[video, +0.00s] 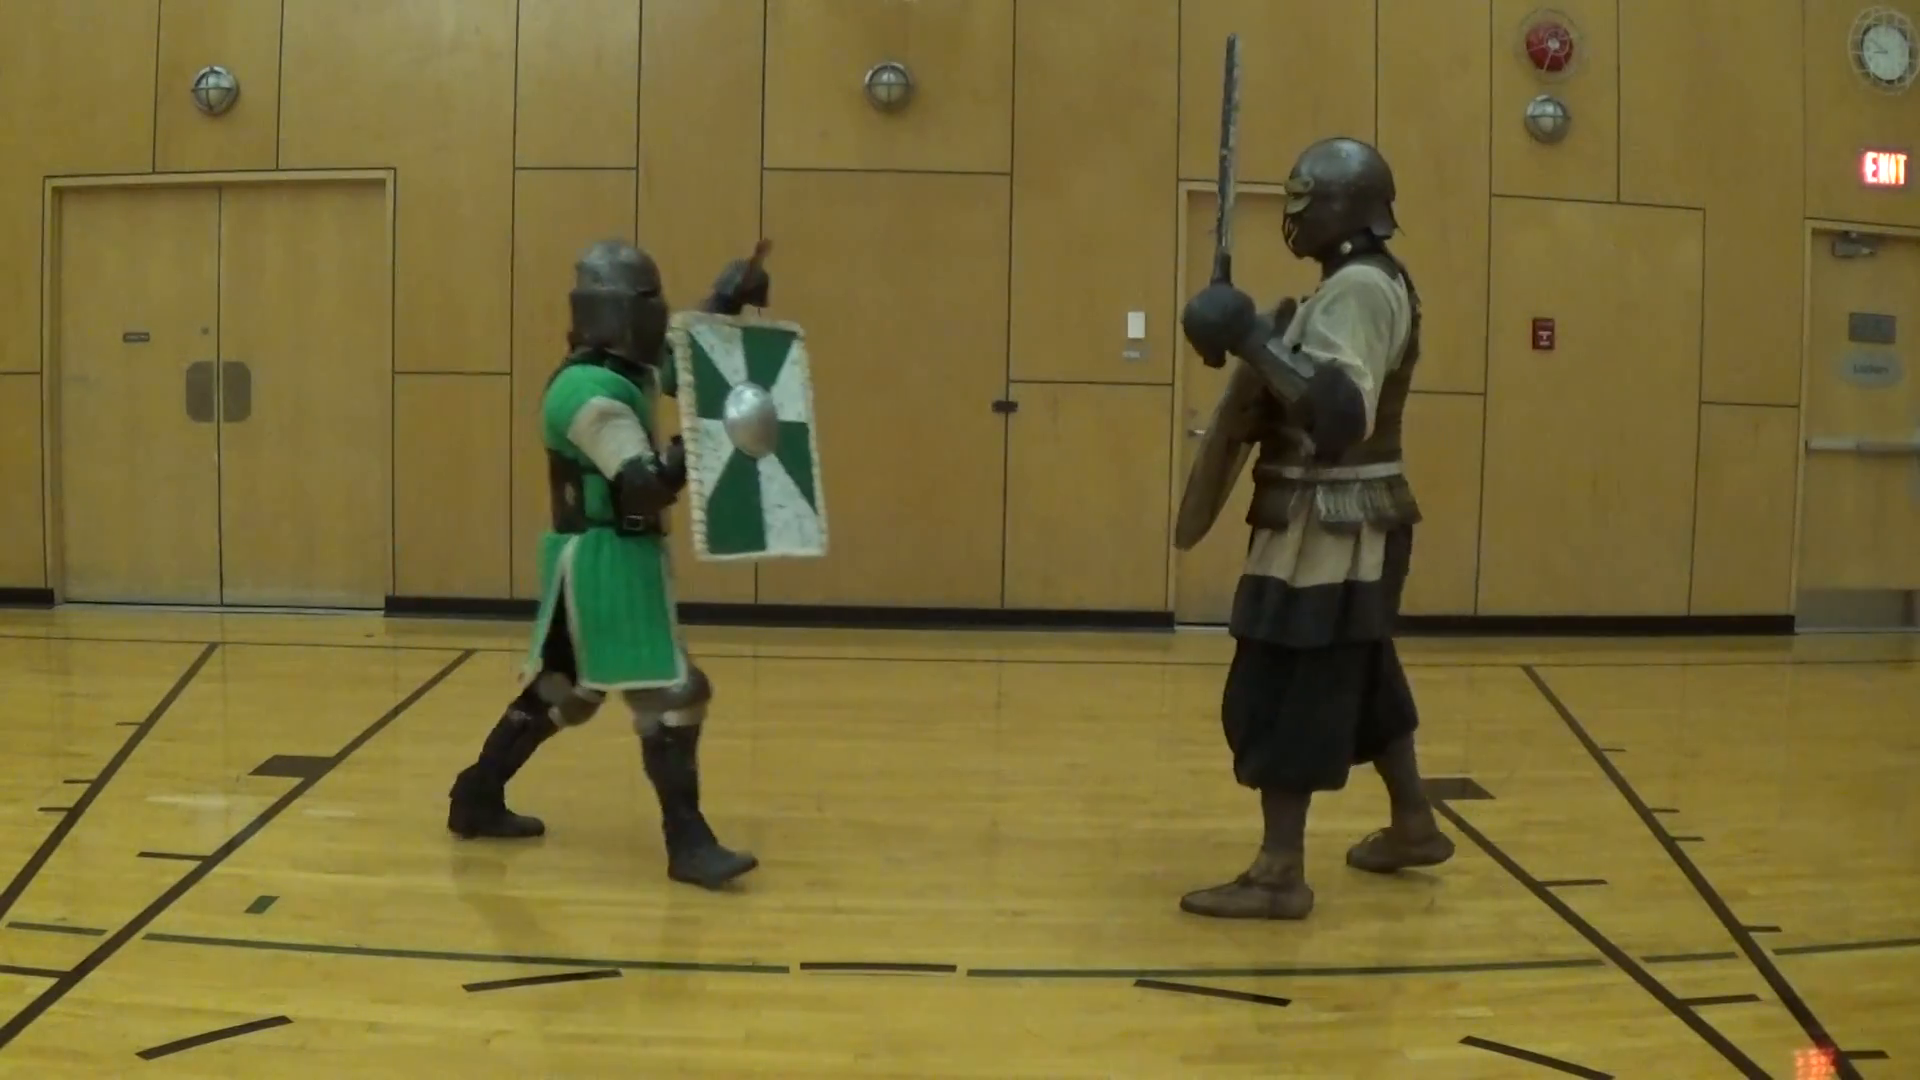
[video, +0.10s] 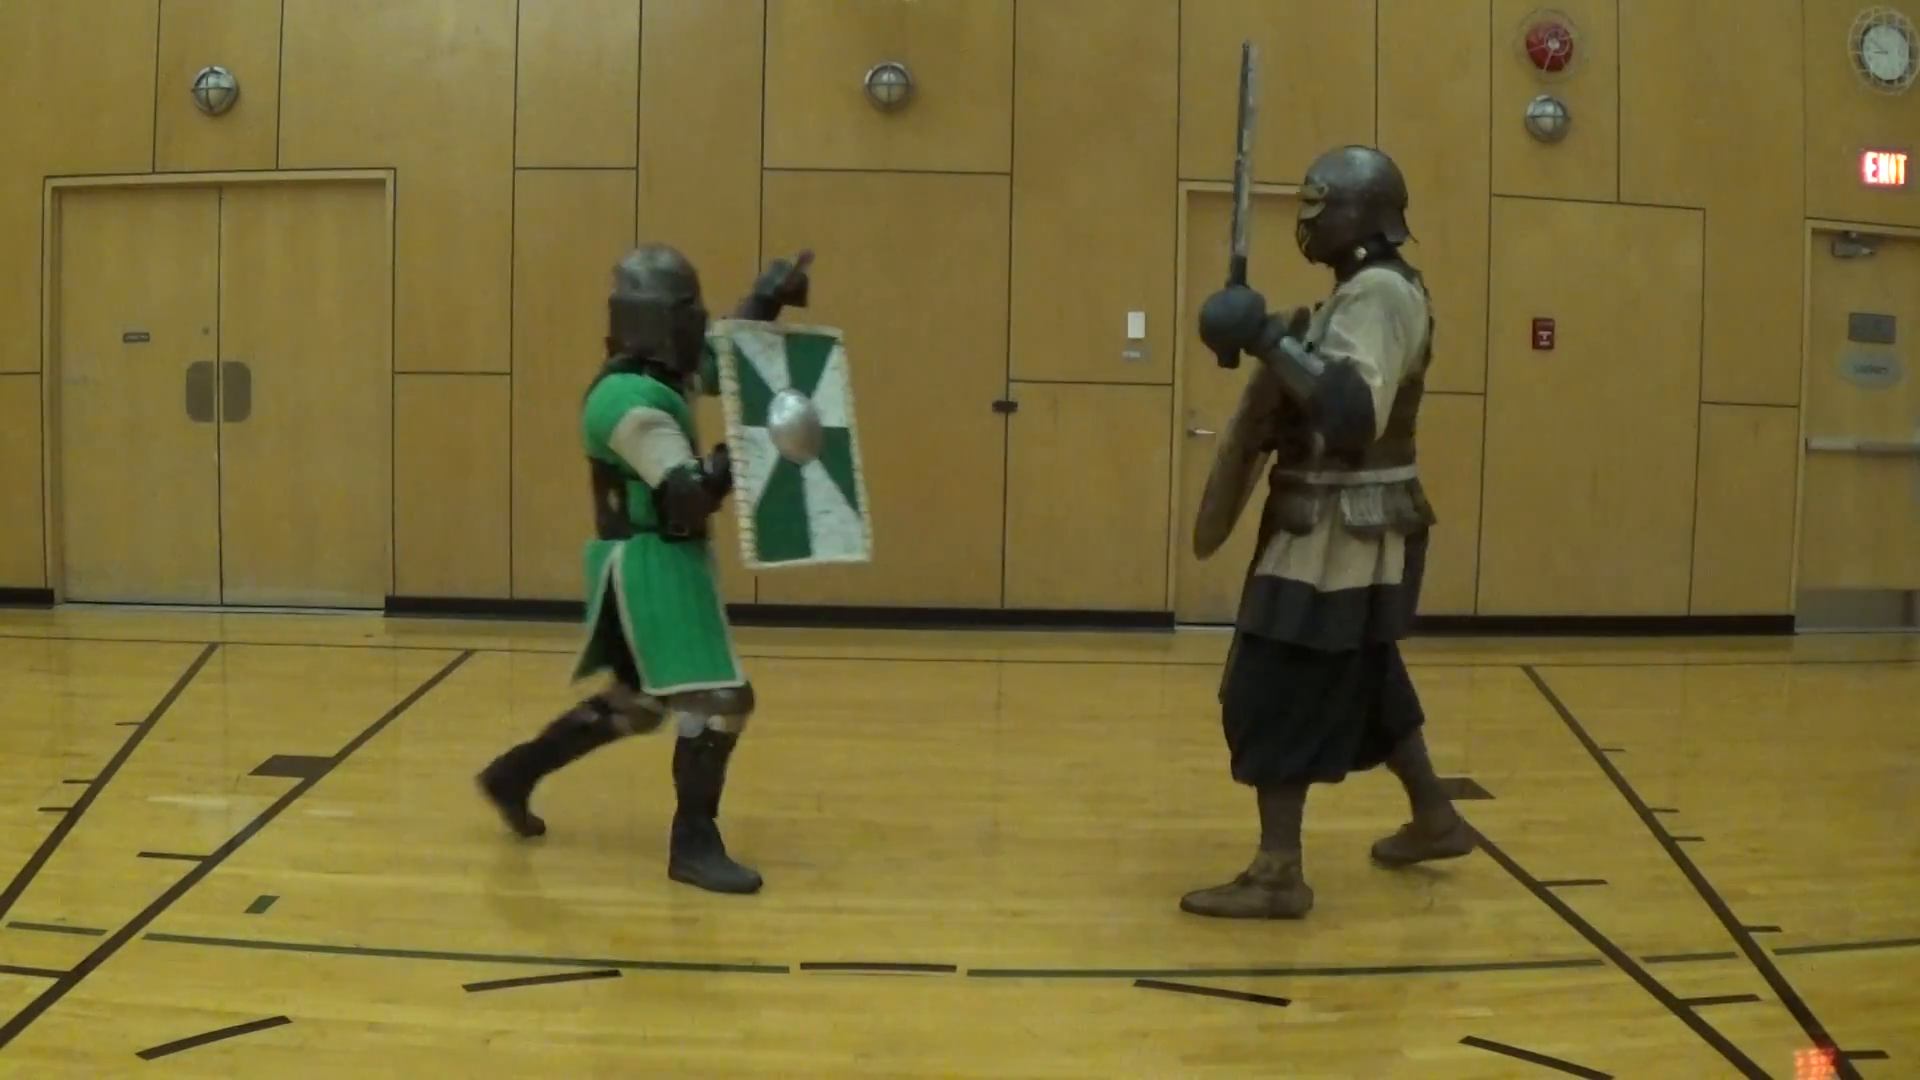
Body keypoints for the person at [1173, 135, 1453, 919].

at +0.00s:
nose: (1287, 211)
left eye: (1302, 197)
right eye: (1290, 196)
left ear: (1349, 209)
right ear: (1356, 210)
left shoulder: (1358, 292)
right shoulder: (1367, 282)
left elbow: (1340, 416)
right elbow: (1317, 387)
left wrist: (1252, 340)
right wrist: (1256, 342)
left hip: (1327, 516)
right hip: (1360, 508)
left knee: (1284, 683)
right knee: (1364, 663)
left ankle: (1280, 871)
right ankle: (1414, 822)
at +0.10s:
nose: (1302, 217)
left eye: (1318, 204)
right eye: (1305, 203)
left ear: (1366, 217)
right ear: (1363, 218)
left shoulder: (1377, 297)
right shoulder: (1369, 288)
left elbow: (1351, 412)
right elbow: (1329, 361)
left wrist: (1267, 339)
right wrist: (1264, 335)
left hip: (1334, 526)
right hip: (1364, 519)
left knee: (1273, 686)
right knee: (1367, 665)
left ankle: (1278, 870)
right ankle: (1436, 816)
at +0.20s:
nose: (1326, 232)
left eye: (1341, 220)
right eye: (1330, 218)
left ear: (1388, 231)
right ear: (1388, 233)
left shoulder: (1402, 307)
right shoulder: (1393, 301)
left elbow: (1364, 413)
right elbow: (1348, 385)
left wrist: (1289, 336)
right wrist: (1289, 336)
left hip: (1352, 532)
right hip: (1374, 526)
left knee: (1272, 687)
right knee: (1371, 671)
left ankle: (1276, 871)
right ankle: (1458, 806)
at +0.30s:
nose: (1357, 244)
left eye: (1372, 231)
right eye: (1360, 229)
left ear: (1418, 242)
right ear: (1415, 245)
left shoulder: (1433, 314)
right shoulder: (1428, 308)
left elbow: (1393, 414)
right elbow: (1380, 385)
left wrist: (1321, 339)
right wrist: (1319, 336)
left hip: (1388, 536)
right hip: (1411, 531)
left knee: (1302, 684)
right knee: (1396, 679)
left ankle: (1278, 871)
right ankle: (1474, 813)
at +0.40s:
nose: (1388, 242)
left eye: (1405, 231)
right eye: (1391, 230)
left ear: (1449, 243)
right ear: (1439, 244)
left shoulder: (1468, 314)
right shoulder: (1439, 314)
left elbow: (1446, 417)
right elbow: (1419, 400)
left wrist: (1369, 345)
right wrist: (1358, 345)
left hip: (1440, 540)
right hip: (1422, 534)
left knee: (1355, 692)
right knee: (1437, 685)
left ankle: (1299, 862)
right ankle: (1481, 823)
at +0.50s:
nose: (1420, 238)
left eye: (1436, 227)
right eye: (1421, 225)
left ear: (1484, 239)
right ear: (1466, 240)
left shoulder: (1504, 308)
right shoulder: (1469, 311)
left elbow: (1480, 404)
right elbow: (1439, 396)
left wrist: (1405, 344)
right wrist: (1391, 344)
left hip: (1471, 543)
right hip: (1454, 538)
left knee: (1401, 687)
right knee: (1449, 681)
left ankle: (1400, 865)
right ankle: (1481, 818)